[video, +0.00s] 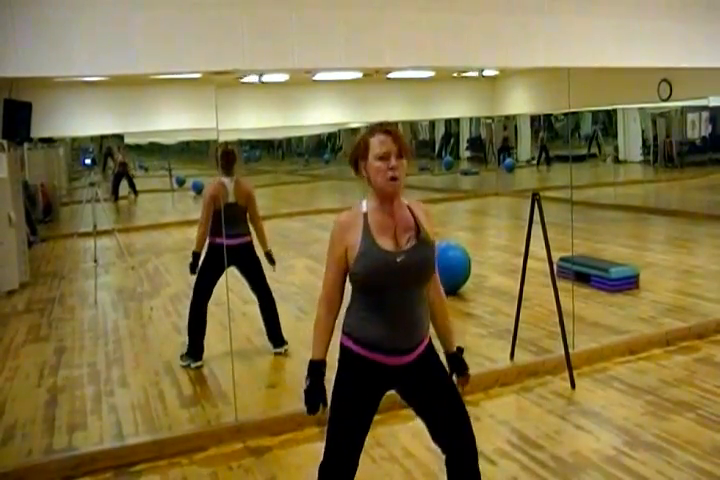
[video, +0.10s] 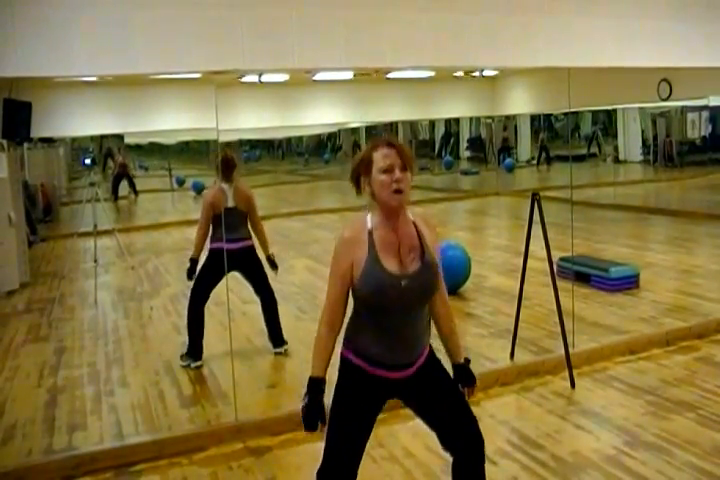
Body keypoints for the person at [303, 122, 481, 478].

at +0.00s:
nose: (392, 164)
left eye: (398, 156)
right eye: (382, 158)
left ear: (405, 162)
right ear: (363, 168)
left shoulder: (419, 215)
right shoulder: (348, 226)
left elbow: (433, 288)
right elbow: (329, 304)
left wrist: (453, 351)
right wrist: (315, 372)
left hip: (418, 359)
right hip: (363, 364)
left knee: (462, 446)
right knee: (339, 465)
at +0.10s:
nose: (396, 177)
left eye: (402, 169)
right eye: (385, 170)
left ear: (410, 176)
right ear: (367, 182)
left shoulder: (424, 231)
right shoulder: (353, 239)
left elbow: (439, 299)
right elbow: (332, 318)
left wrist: (459, 363)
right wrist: (315, 386)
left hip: (420, 367)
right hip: (363, 373)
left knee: (469, 444)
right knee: (338, 470)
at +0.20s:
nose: (403, 194)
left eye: (407, 187)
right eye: (391, 189)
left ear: (415, 196)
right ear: (372, 204)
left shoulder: (431, 249)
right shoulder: (360, 259)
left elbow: (453, 311)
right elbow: (330, 337)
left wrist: (482, 369)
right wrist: (304, 406)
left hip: (421, 377)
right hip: (365, 384)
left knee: (477, 447)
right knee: (337, 475)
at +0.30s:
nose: (407, 198)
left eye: (412, 190)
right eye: (395, 192)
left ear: (420, 198)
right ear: (376, 207)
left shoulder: (435, 249)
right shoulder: (366, 261)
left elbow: (466, 306)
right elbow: (326, 335)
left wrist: (509, 354)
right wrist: (294, 402)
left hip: (425, 379)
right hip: (369, 387)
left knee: (480, 452)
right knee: (341, 474)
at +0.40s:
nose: (407, 172)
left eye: (412, 163)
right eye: (395, 164)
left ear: (419, 170)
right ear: (374, 175)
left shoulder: (434, 218)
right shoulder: (362, 233)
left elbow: (466, 280)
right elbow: (326, 306)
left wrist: (515, 326)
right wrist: (294, 374)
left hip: (433, 367)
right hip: (377, 373)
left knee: (477, 449)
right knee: (347, 471)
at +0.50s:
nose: (406, 150)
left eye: (410, 140)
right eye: (394, 141)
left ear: (418, 145)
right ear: (372, 151)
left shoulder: (432, 192)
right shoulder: (357, 208)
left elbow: (464, 260)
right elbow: (328, 284)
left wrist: (511, 309)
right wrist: (302, 349)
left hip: (440, 341)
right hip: (384, 346)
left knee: (481, 435)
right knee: (359, 457)